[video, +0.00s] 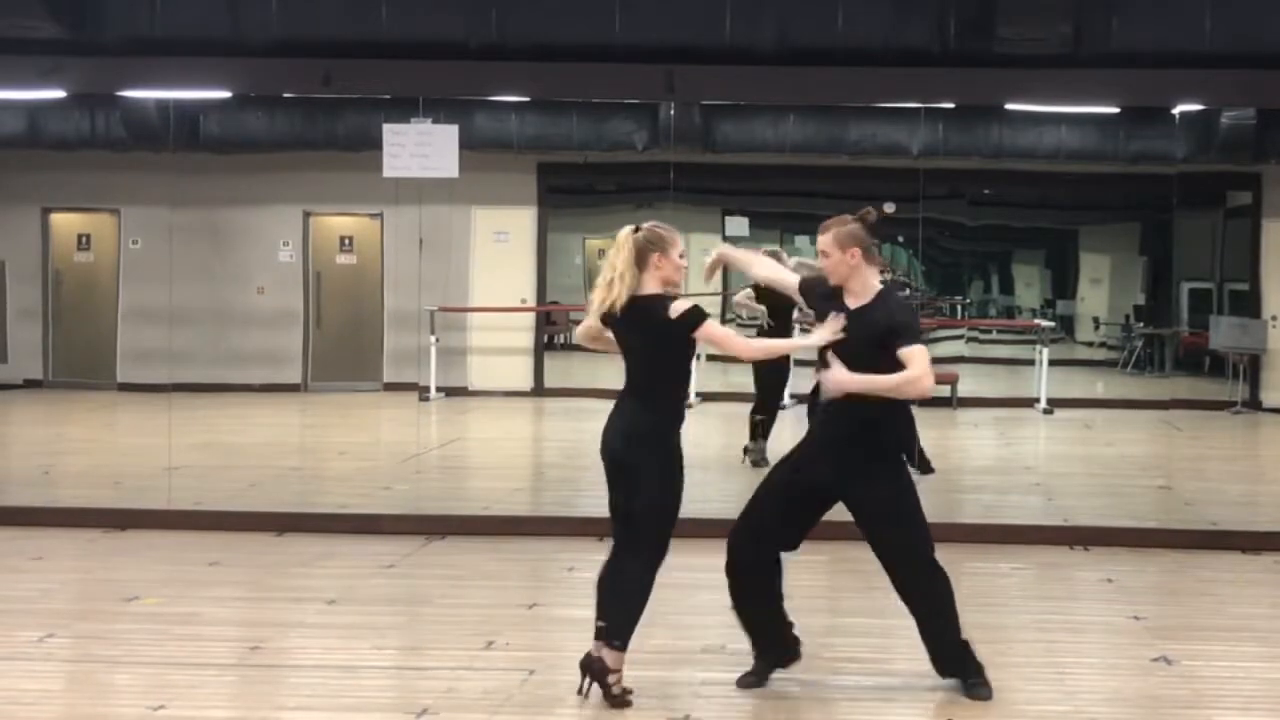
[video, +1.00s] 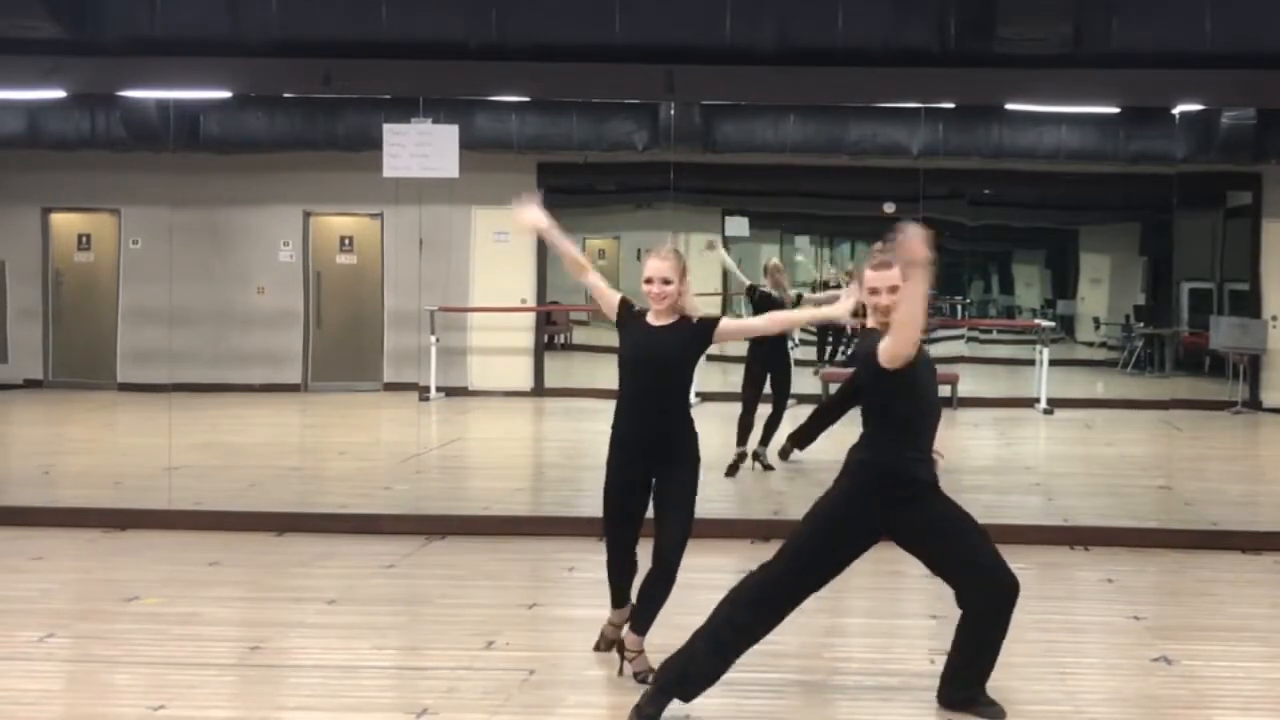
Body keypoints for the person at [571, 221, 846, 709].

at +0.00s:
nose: (684, 265)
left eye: (683, 257)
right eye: (680, 257)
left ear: (645, 261)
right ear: (658, 261)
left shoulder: (617, 307)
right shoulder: (679, 312)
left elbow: (584, 335)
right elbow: (747, 349)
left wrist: (630, 344)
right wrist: (813, 339)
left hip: (619, 435)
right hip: (655, 442)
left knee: (624, 545)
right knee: (649, 549)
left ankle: (604, 647)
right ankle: (610, 654)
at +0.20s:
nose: (692, 271)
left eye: (690, 262)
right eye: (687, 263)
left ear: (649, 267)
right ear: (665, 268)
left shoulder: (626, 316)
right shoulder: (680, 319)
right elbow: (736, 366)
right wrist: (793, 348)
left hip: (626, 441)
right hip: (674, 446)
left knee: (612, 549)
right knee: (661, 554)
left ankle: (600, 656)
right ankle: (636, 653)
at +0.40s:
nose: (691, 270)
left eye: (690, 263)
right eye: (684, 263)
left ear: (663, 269)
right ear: (656, 268)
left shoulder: (667, 306)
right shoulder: (659, 316)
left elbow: (725, 291)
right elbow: (722, 362)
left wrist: (730, 246)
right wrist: (783, 348)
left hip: (647, 438)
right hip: (640, 443)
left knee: (669, 537)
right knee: (648, 548)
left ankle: (620, 642)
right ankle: (615, 657)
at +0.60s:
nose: (655, 278)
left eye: (664, 269)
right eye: (648, 270)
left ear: (685, 272)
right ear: (639, 274)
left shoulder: (703, 310)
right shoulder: (632, 316)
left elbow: (756, 252)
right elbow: (615, 376)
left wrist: (784, 205)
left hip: (675, 442)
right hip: (627, 437)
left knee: (677, 543)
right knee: (589, 537)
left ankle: (635, 640)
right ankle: (535, 640)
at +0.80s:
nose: (657, 282)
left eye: (665, 274)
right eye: (650, 274)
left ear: (684, 279)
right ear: (642, 277)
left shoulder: (705, 322)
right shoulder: (624, 324)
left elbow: (765, 281)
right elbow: (559, 345)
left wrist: (810, 246)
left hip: (676, 448)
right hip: (625, 444)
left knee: (674, 555)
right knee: (603, 537)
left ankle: (635, 640)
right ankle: (579, 611)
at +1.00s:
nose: (657, 288)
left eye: (665, 280)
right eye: (650, 280)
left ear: (683, 283)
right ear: (642, 282)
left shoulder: (701, 329)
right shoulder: (627, 316)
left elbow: (768, 323)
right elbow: (584, 271)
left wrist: (833, 311)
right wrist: (547, 227)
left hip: (678, 455)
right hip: (627, 452)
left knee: (668, 558)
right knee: (619, 549)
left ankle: (635, 637)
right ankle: (620, 611)